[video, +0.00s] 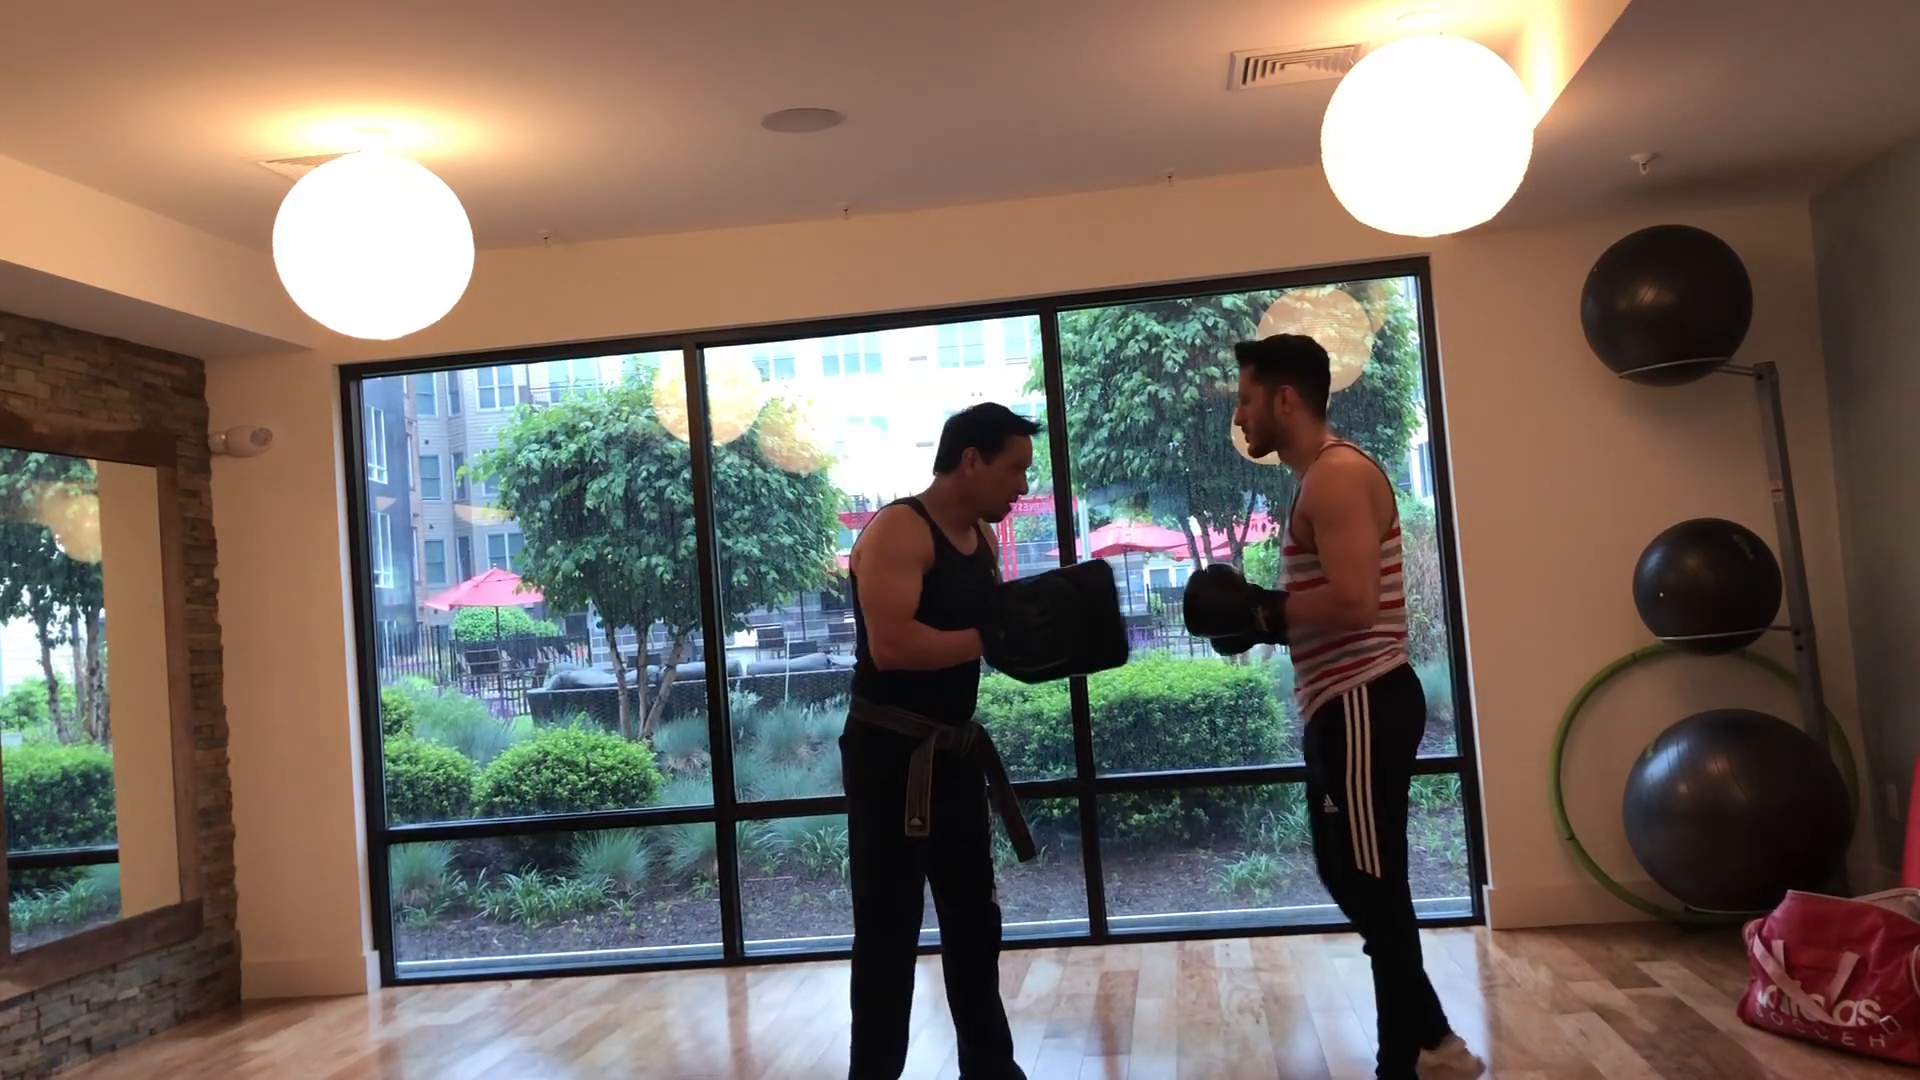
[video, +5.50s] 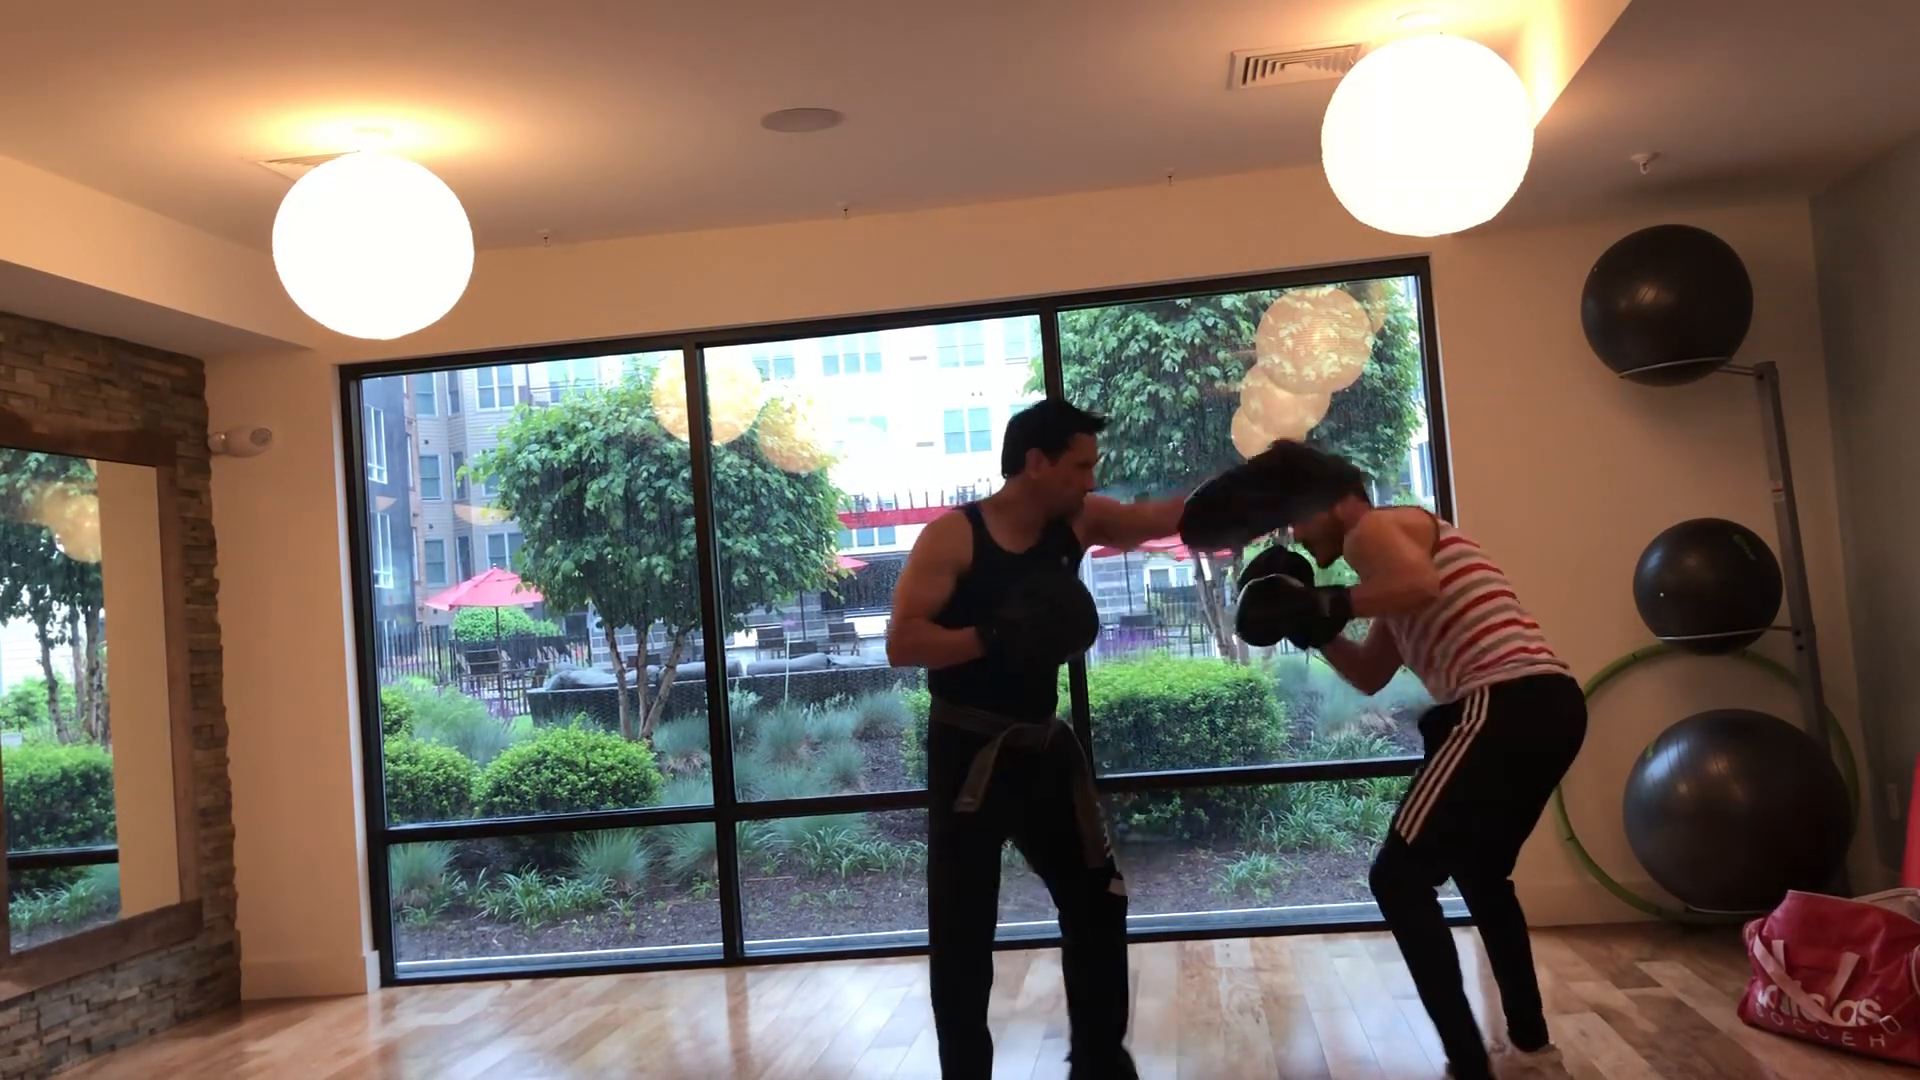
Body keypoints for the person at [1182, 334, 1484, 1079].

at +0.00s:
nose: (1237, 413)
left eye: (1245, 398)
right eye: (1238, 399)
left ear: (1283, 397)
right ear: (1291, 400)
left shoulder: (1337, 475)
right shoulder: (1321, 478)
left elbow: (1354, 603)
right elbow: (1337, 597)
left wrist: (1263, 613)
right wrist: (1261, 608)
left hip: (1365, 698)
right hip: (1343, 699)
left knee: (1370, 879)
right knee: (1348, 874)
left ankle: (1402, 1062)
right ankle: (1432, 1041)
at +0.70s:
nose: (1232, 483)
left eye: (1234, 465)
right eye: (1227, 468)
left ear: (1270, 450)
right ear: (1286, 448)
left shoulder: (1297, 496)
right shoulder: (1368, 476)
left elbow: (1331, 597)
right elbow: (1355, 603)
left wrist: (1262, 626)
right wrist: (1265, 585)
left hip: (1408, 698)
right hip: (1461, 686)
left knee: (1364, 893)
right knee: (1427, 870)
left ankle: (1388, 1068)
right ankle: (1465, 1037)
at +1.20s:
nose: (1229, 540)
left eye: (1234, 520)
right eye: (1226, 523)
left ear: (1277, 514)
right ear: (1283, 514)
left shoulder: (1352, 578)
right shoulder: (1346, 566)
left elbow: (1294, 708)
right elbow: (1299, 686)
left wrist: (1243, 627)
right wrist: (1251, 634)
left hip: (1483, 759)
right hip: (1455, 757)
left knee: (1389, 934)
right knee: (1407, 924)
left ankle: (1431, 1072)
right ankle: (1474, 1058)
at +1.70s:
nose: (1258, 505)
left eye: (1260, 483)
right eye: (1251, 490)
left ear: (1305, 463)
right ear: (1316, 468)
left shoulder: (1336, 523)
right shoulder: (1388, 506)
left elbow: (1351, 628)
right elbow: (1385, 632)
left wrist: (1260, 652)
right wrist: (1296, 618)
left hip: (1456, 728)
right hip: (1487, 718)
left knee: (1427, 912)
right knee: (1445, 900)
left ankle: (1452, 1069)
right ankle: (1483, 1051)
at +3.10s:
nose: (1269, 554)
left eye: (1274, 539)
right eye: (1268, 539)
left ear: (1315, 535)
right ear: (1320, 533)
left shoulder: (1414, 601)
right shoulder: (1359, 580)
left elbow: (1349, 731)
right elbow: (1383, 662)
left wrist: (1293, 646)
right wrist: (1320, 702)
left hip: (1508, 752)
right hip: (1458, 750)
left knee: (1414, 919)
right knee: (1427, 914)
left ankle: (1458, 1075)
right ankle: (1547, 1038)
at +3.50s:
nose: (1258, 495)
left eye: (1259, 476)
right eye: (1254, 480)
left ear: (1298, 462)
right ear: (1308, 463)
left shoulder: (1360, 522)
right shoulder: (1376, 509)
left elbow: (1342, 650)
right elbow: (1370, 644)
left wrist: (1260, 643)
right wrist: (1292, 654)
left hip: (1464, 723)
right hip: (1466, 717)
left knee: (1415, 910)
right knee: (1447, 893)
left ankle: (1457, 1067)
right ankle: (1493, 1044)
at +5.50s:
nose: (1295, 535)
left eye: (1296, 518)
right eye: (1290, 524)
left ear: (1337, 502)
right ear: (1353, 501)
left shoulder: (1375, 527)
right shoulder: (1417, 549)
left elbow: (1420, 583)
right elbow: (1369, 673)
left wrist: (1320, 601)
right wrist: (1308, 623)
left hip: (1502, 702)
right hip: (1552, 702)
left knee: (1398, 876)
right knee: (1481, 867)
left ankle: (1468, 1064)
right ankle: (1530, 1037)